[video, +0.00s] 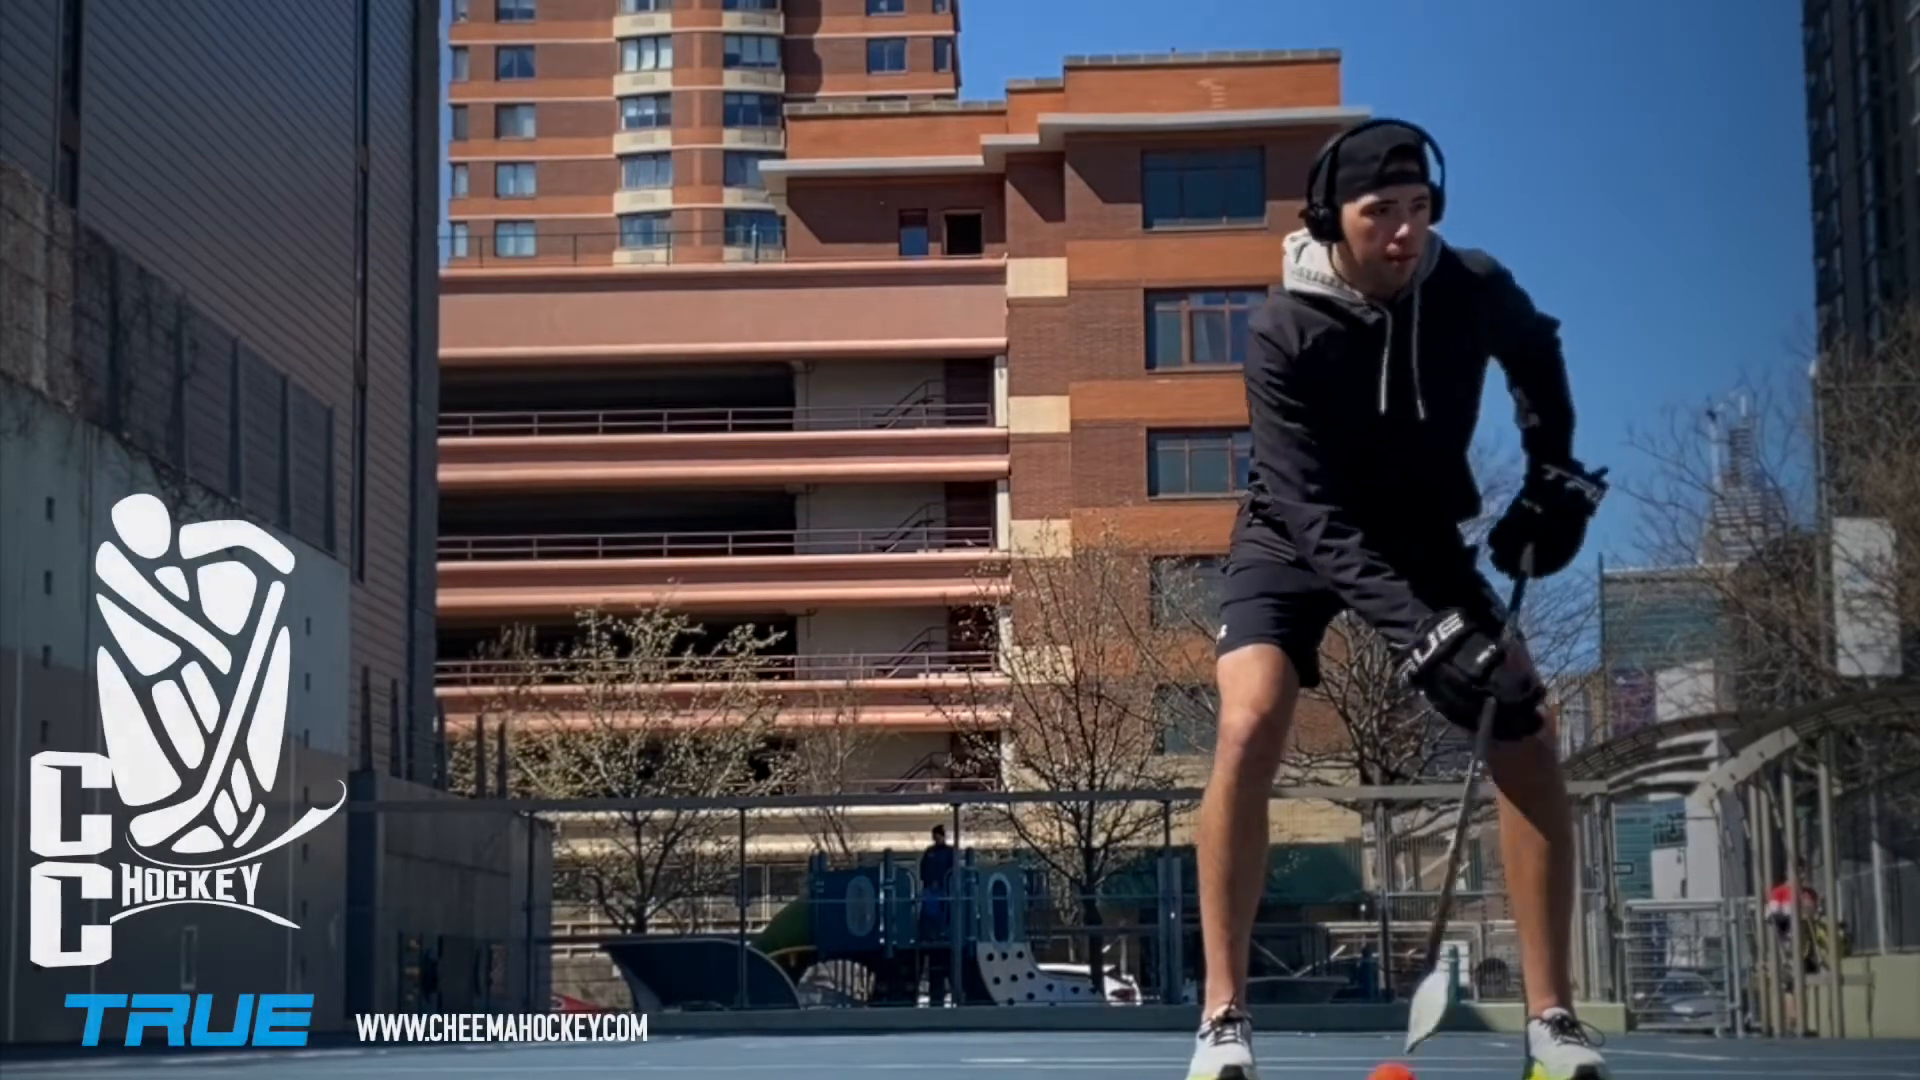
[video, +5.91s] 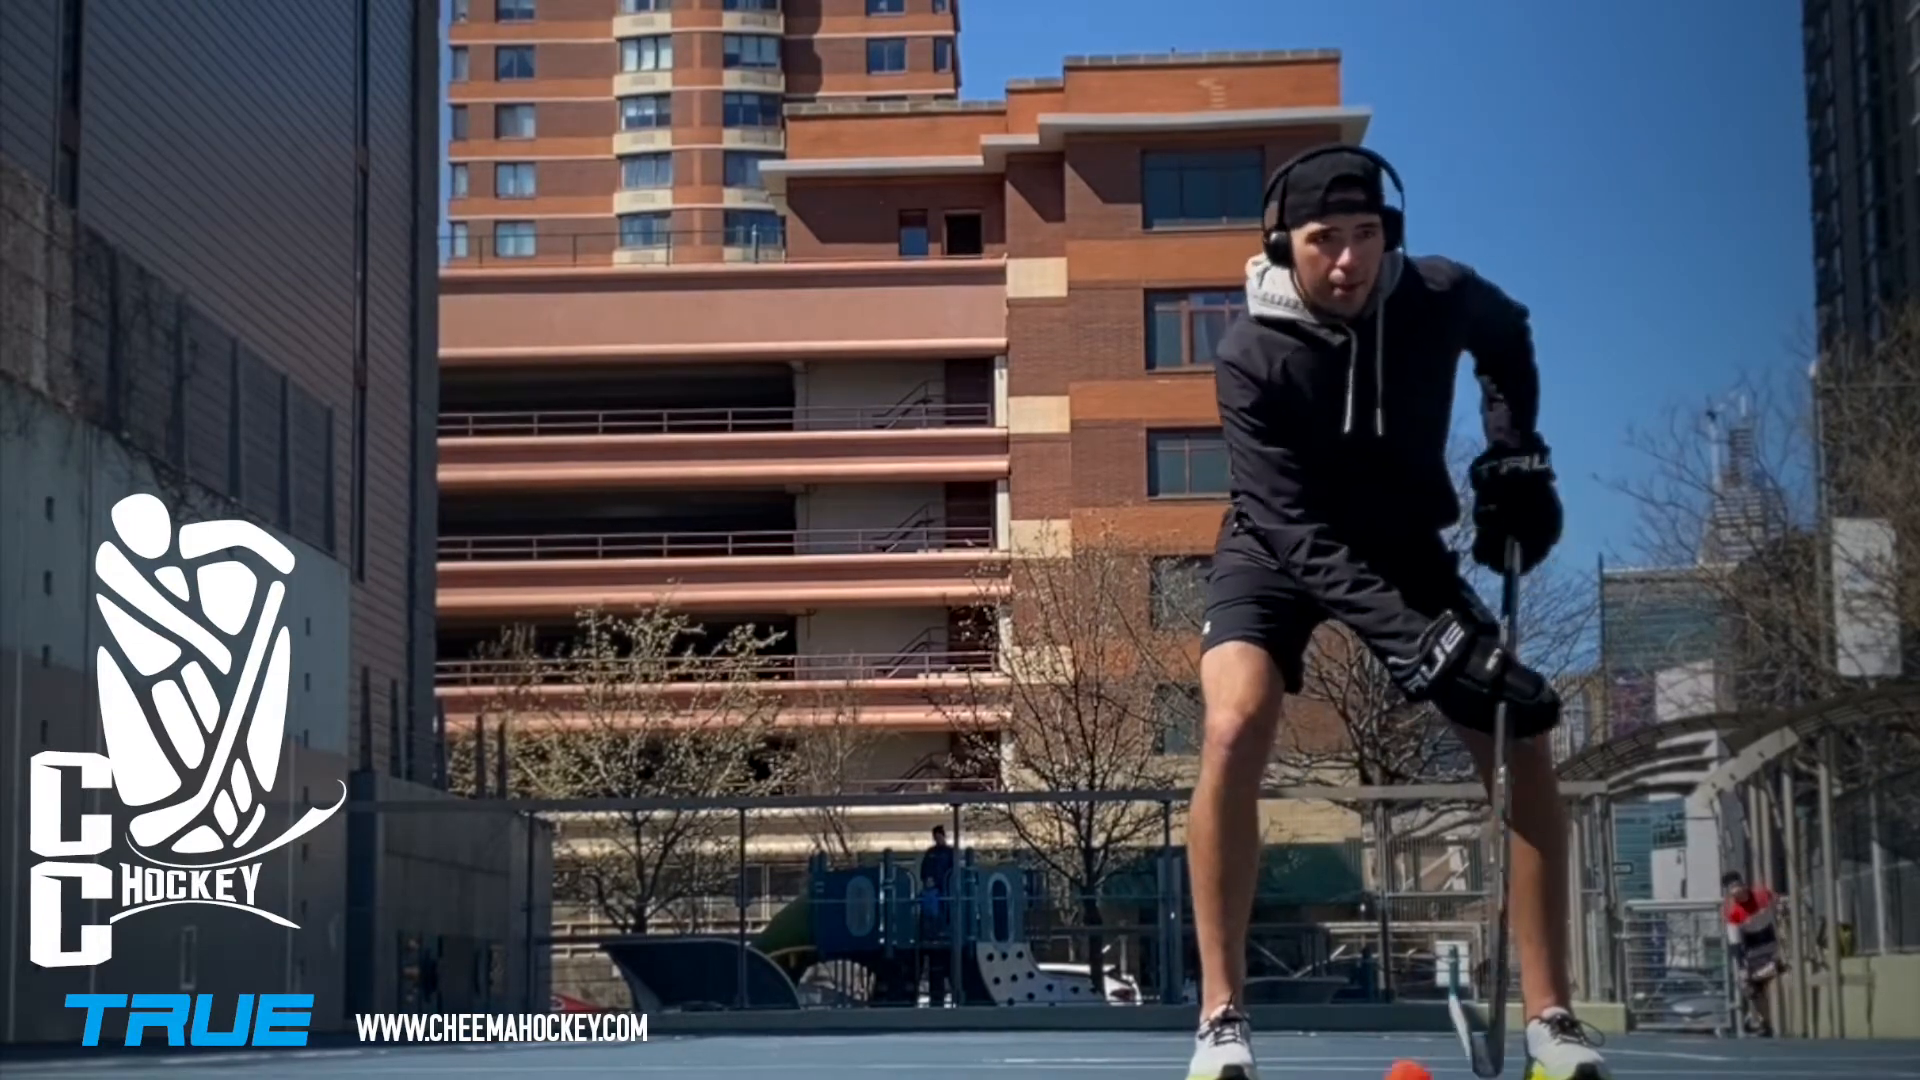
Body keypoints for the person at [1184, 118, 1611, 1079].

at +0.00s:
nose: (1404, 229)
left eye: (1419, 208)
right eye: (1380, 211)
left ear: (1436, 211)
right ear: (1332, 219)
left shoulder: (1471, 287)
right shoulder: (1286, 328)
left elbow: (1534, 354)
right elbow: (1309, 515)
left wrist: (1551, 472)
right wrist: (1425, 632)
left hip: (1425, 534)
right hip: (1295, 535)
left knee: (1528, 744)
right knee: (1249, 727)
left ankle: (1552, 1018)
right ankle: (1223, 1016)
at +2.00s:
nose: (1296, 291)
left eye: (1313, 268)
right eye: (1274, 271)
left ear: (1343, 265)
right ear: (1241, 275)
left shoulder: (1403, 319)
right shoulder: (1225, 386)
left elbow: (1481, 357)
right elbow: (1280, 559)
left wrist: (1489, 473)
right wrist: (1407, 668)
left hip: (1395, 566)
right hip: (1266, 573)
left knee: (1509, 723)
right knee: (1210, 730)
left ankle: (1546, 1013)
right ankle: (1217, 1015)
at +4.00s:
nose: (1372, 253)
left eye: (1393, 230)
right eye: (1352, 232)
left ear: (1427, 230)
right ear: (1320, 235)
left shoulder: (1471, 280)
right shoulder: (1300, 350)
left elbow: (1532, 333)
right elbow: (1372, 523)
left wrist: (1573, 442)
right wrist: (1520, 640)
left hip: (1435, 533)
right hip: (1309, 536)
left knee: (1543, 745)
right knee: (1266, 727)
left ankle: (1556, 1019)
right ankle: (1224, 1014)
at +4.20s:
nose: (1397, 244)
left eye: (1418, 224)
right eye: (1379, 223)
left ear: (1453, 225)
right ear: (1351, 224)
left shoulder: (1499, 297)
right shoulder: (1309, 332)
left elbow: (1566, 374)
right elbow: (1313, 513)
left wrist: (1585, 482)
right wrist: (1385, 640)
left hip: (1440, 541)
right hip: (1311, 541)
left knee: (1544, 723)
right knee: (1266, 727)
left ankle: (1555, 1016)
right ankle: (1223, 1008)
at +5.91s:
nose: (1347, 259)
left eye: (1364, 237)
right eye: (1325, 240)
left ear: (1388, 237)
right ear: (1286, 243)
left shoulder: (1437, 294)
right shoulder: (1256, 352)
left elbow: (1506, 337)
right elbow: (1294, 534)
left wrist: (1514, 456)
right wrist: (1428, 640)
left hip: (1406, 541)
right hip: (1277, 544)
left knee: (1522, 736)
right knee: (1236, 724)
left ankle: (1550, 1016)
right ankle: (1220, 1014)